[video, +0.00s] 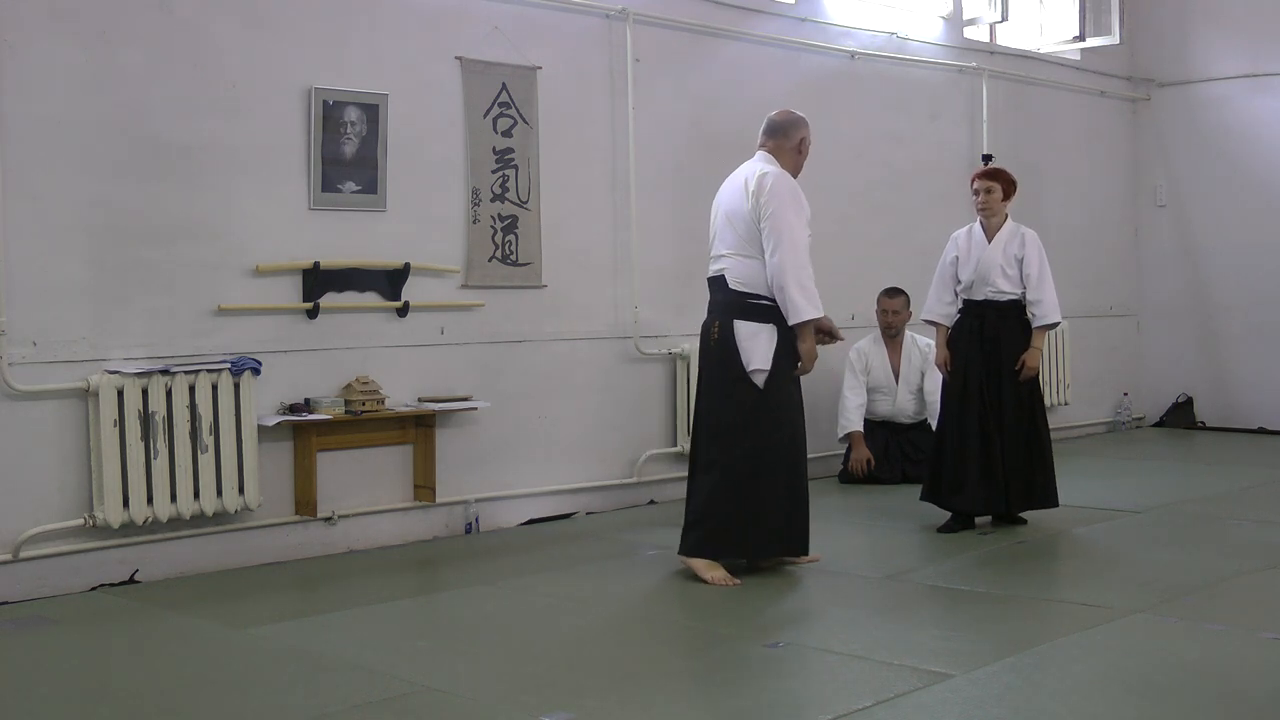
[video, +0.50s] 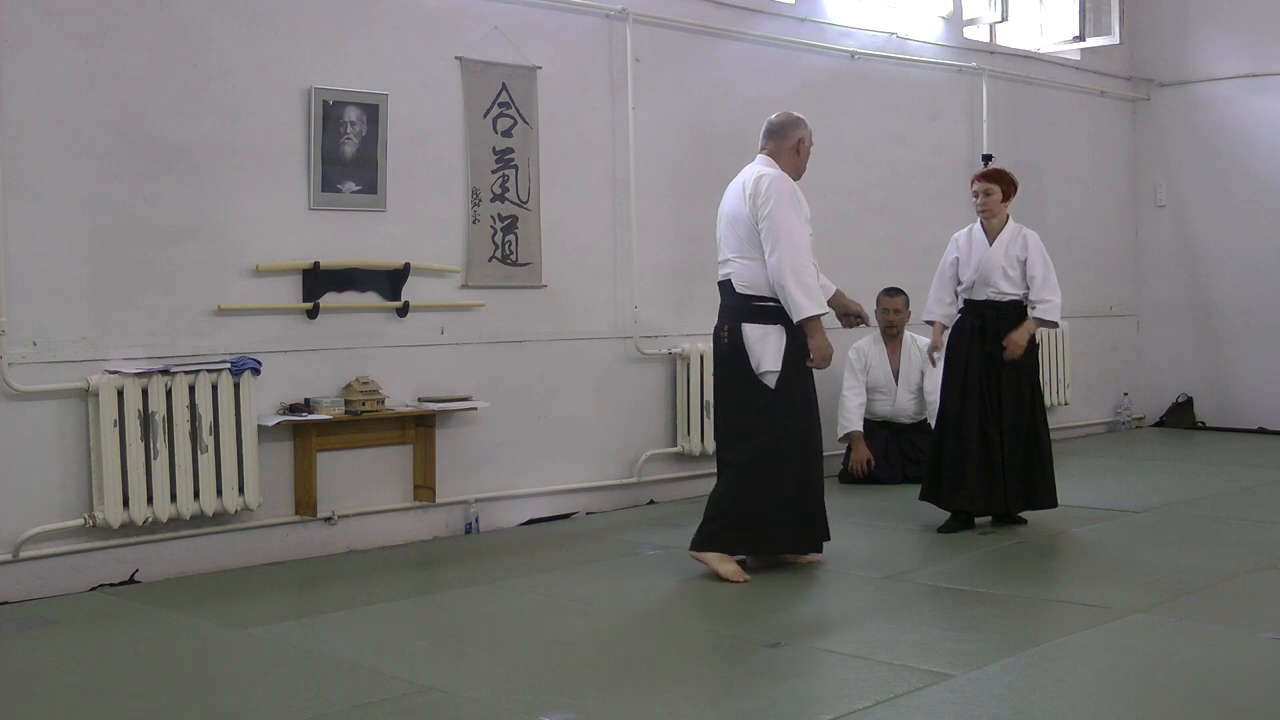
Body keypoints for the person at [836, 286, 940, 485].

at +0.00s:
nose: (889, 320)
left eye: (896, 313)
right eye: (884, 313)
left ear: (908, 316)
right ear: (876, 314)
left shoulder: (927, 350)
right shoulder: (861, 351)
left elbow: (936, 398)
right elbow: (852, 399)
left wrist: (946, 438)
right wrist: (857, 443)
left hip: (917, 430)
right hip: (875, 431)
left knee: (937, 470)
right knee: (856, 471)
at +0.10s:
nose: (889, 320)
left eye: (896, 313)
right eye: (884, 313)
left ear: (908, 316)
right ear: (876, 314)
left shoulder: (926, 349)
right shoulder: (861, 351)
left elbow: (936, 398)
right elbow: (852, 398)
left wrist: (947, 438)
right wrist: (857, 443)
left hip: (916, 430)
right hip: (875, 431)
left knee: (938, 470)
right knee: (856, 471)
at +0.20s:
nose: (889, 320)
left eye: (896, 313)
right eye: (884, 313)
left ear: (908, 316)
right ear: (876, 314)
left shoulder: (926, 350)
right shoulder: (861, 351)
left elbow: (936, 399)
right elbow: (852, 398)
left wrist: (946, 439)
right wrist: (857, 443)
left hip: (916, 431)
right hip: (874, 432)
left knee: (937, 470)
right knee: (856, 471)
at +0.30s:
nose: (889, 319)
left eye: (896, 313)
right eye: (884, 313)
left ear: (908, 316)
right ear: (876, 314)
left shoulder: (926, 349)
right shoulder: (861, 351)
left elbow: (936, 399)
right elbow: (852, 398)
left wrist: (946, 439)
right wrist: (857, 443)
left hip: (916, 431)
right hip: (874, 431)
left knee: (937, 470)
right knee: (856, 471)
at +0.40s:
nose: (890, 319)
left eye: (896, 313)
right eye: (884, 312)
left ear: (908, 316)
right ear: (876, 314)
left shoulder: (926, 349)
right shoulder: (861, 351)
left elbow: (936, 399)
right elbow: (852, 398)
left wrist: (946, 439)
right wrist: (857, 443)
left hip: (916, 431)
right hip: (874, 432)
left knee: (937, 470)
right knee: (856, 471)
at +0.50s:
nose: (890, 318)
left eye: (897, 312)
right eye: (885, 312)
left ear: (908, 316)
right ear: (876, 314)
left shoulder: (926, 349)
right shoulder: (861, 351)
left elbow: (936, 397)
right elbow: (852, 398)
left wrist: (945, 438)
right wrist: (857, 443)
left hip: (916, 430)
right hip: (874, 431)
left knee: (935, 470)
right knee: (856, 471)